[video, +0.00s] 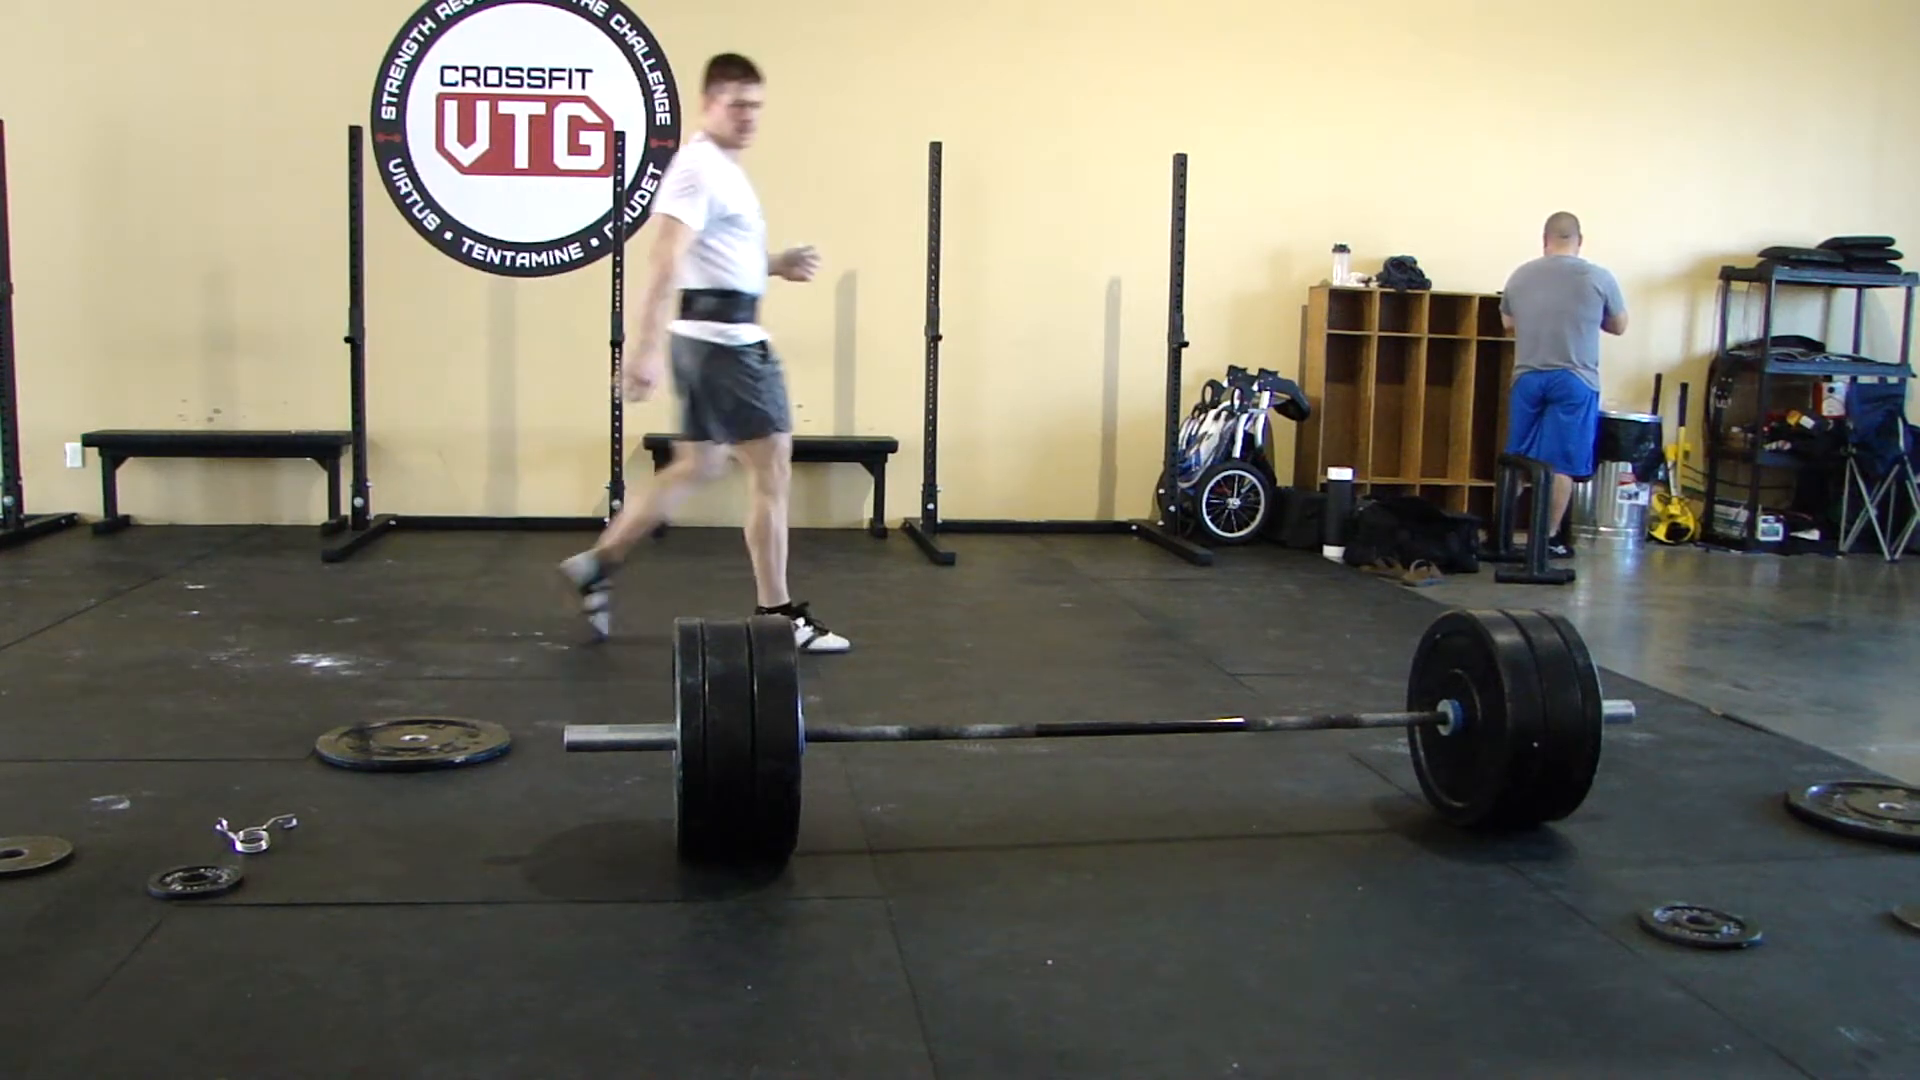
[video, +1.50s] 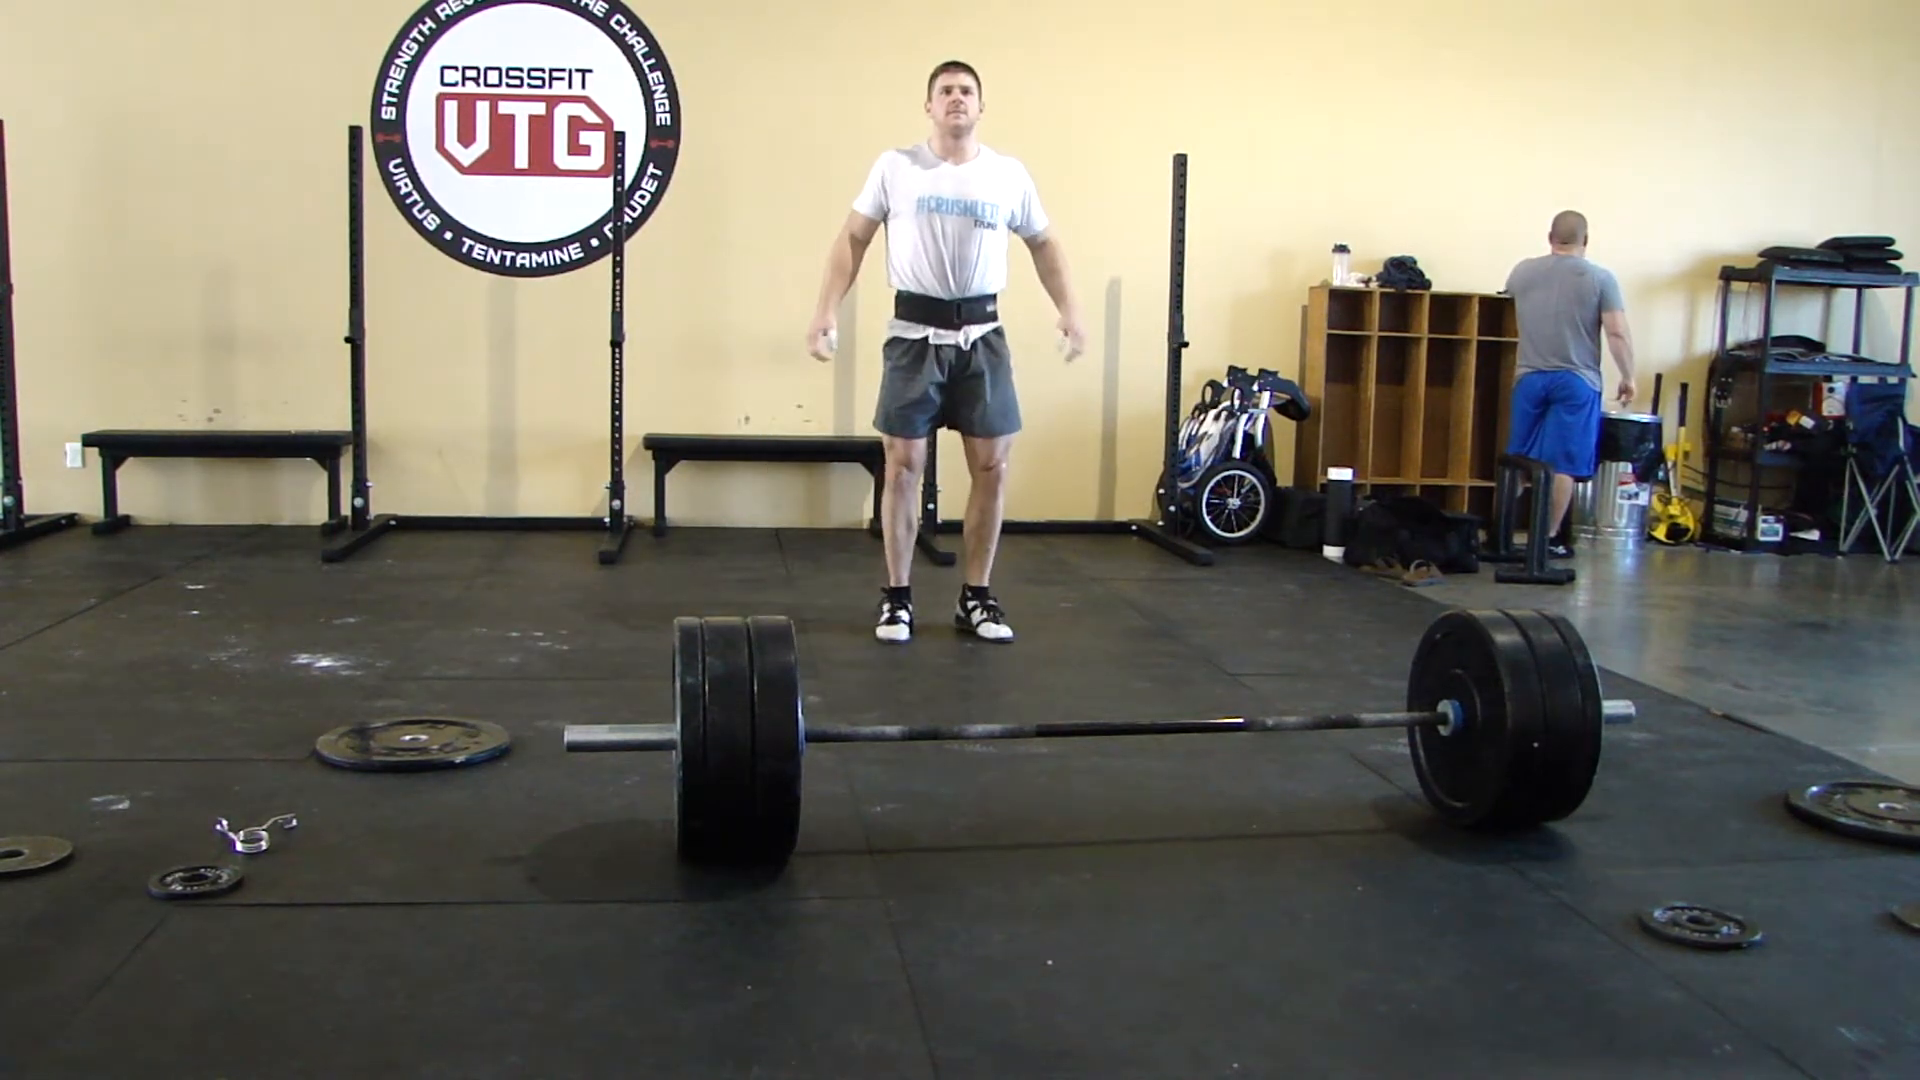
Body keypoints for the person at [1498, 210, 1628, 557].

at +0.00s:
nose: (1571, 245)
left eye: (1550, 240)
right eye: (1577, 240)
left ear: (1544, 240)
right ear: (1580, 241)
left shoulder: (1520, 275)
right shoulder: (1597, 276)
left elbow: (1509, 324)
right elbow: (1618, 326)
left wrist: (1542, 314)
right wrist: (1582, 311)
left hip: (1527, 377)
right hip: (1575, 379)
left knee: (1516, 459)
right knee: (1562, 465)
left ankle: (1501, 534)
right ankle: (1547, 540)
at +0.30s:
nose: (1572, 245)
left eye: (1554, 238)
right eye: (1578, 239)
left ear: (1546, 239)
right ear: (1581, 240)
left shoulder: (1520, 275)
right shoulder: (1597, 276)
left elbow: (1506, 323)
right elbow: (1621, 320)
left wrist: (1539, 318)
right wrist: (1589, 302)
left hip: (1527, 377)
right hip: (1575, 379)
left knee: (1516, 460)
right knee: (1562, 466)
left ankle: (1501, 537)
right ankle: (1547, 540)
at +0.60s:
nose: (1580, 246)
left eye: (1556, 238)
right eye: (1583, 240)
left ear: (1548, 239)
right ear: (1583, 241)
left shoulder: (1521, 274)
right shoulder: (1597, 276)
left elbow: (1506, 319)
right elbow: (1624, 321)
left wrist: (1541, 310)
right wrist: (1593, 303)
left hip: (1527, 378)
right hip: (1575, 379)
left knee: (1517, 460)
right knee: (1562, 466)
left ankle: (1502, 535)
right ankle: (1548, 540)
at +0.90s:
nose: (1582, 247)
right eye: (1584, 242)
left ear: (1549, 239)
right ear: (1583, 242)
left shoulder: (1521, 274)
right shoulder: (1598, 277)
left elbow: (1507, 312)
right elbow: (1618, 330)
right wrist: (1620, 361)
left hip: (1528, 378)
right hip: (1576, 380)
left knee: (1517, 461)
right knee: (1563, 466)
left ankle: (1501, 534)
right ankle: (1547, 540)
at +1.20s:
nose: (1584, 247)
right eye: (1585, 242)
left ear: (1550, 239)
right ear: (1584, 241)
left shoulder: (1522, 272)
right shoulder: (1598, 277)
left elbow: (1508, 304)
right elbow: (1615, 331)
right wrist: (1625, 375)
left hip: (1528, 379)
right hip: (1577, 381)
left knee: (1520, 461)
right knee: (1564, 466)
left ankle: (1503, 534)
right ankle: (1548, 539)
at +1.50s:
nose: (1585, 244)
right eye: (1585, 240)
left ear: (1550, 239)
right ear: (1586, 241)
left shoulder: (1523, 272)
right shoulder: (1599, 277)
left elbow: (1511, 299)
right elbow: (1616, 331)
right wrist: (1628, 377)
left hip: (1529, 379)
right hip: (1577, 382)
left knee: (1520, 461)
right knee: (1564, 466)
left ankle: (1501, 533)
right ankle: (1548, 539)